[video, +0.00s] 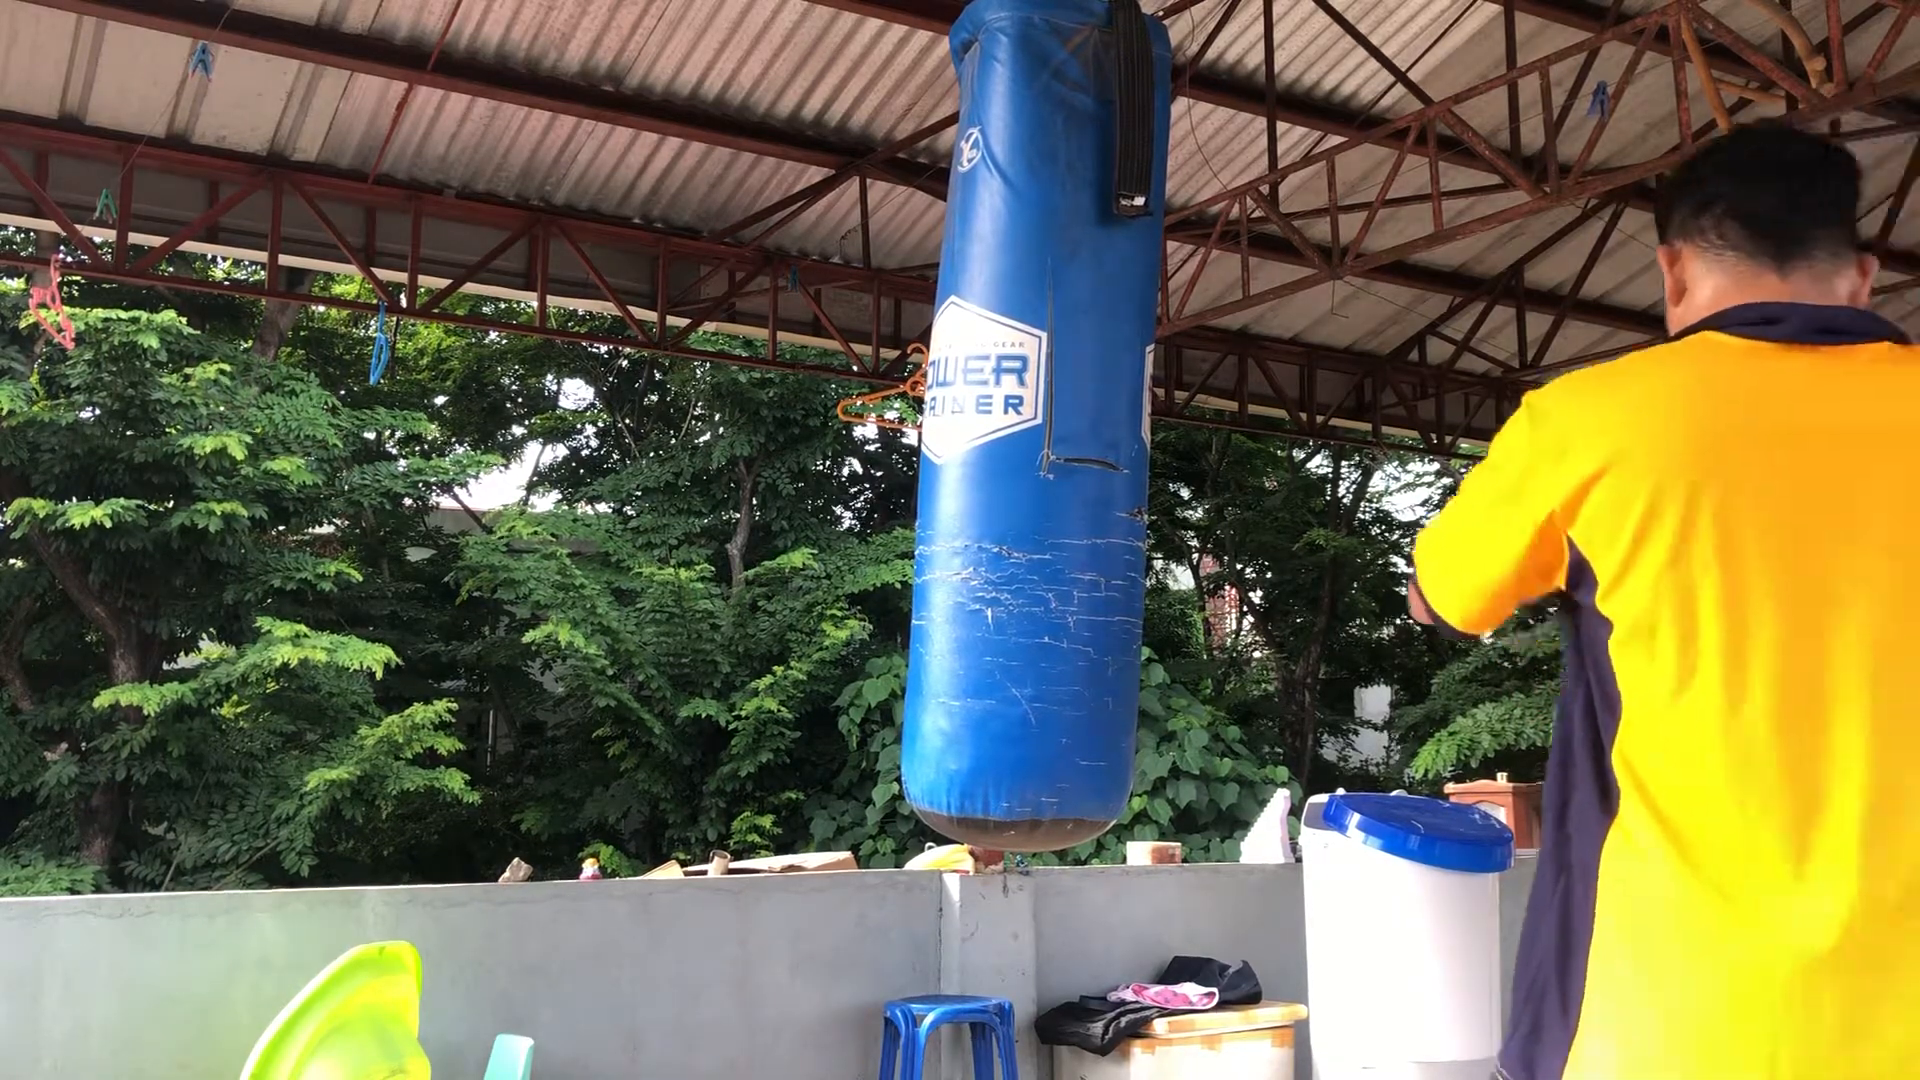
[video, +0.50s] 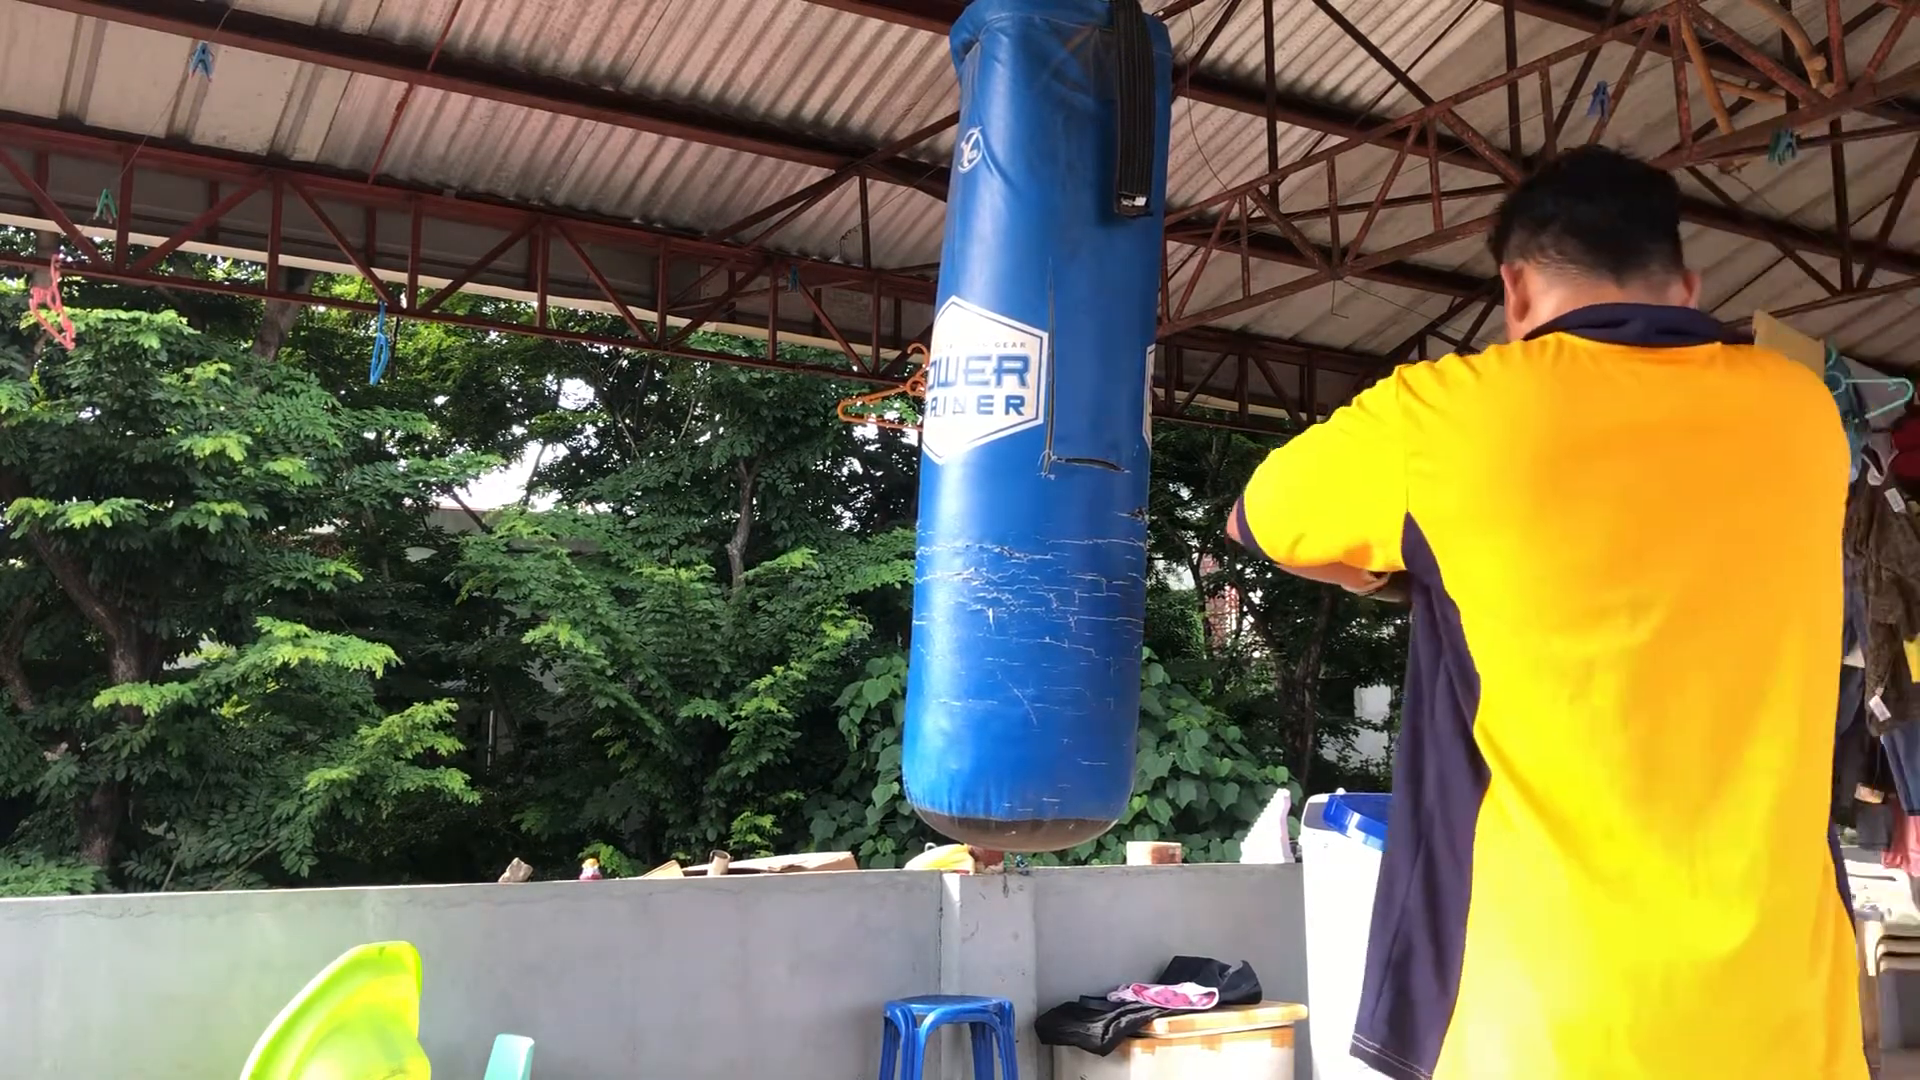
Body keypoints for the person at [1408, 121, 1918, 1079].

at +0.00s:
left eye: (1662, 289)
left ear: (1672, 278)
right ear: (1862, 283)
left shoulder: (1595, 413)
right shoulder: (1907, 387)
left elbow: (1446, 595)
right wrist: (1548, 811)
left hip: (1673, 1030)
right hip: (1897, 1024)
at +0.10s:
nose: (1618, 314)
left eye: (1616, 294)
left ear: (1628, 280)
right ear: (1813, 283)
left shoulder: (1554, 413)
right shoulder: (1906, 391)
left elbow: (1376, 564)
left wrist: (1533, 510)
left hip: (1636, 1032)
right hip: (1890, 1025)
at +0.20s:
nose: (1589, 316)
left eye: (1583, 297)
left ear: (1600, 284)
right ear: (1778, 278)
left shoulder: (1528, 413)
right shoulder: (1903, 407)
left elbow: (1340, 538)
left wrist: (1507, 516)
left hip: (1604, 1032)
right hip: (1871, 1028)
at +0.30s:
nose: (1551, 322)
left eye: (1546, 303)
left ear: (1565, 284)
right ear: (1738, 278)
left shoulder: (1492, 406)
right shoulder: (1861, 407)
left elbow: (1310, 511)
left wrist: (1484, 523)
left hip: (1579, 1028)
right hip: (1836, 1021)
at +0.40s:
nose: (1521, 323)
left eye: (1516, 306)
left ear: (1535, 289)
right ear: (1707, 285)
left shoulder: (1466, 403)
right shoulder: (1829, 408)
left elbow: (1284, 508)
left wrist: (1449, 549)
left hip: (1552, 1027)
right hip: (1806, 1018)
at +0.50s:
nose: (1501, 330)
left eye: (1497, 313)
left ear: (1517, 297)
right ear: (1689, 294)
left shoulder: (1443, 408)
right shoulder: (1806, 410)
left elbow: (1269, 521)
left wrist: (1437, 555)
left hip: (1533, 1029)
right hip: (1789, 1020)